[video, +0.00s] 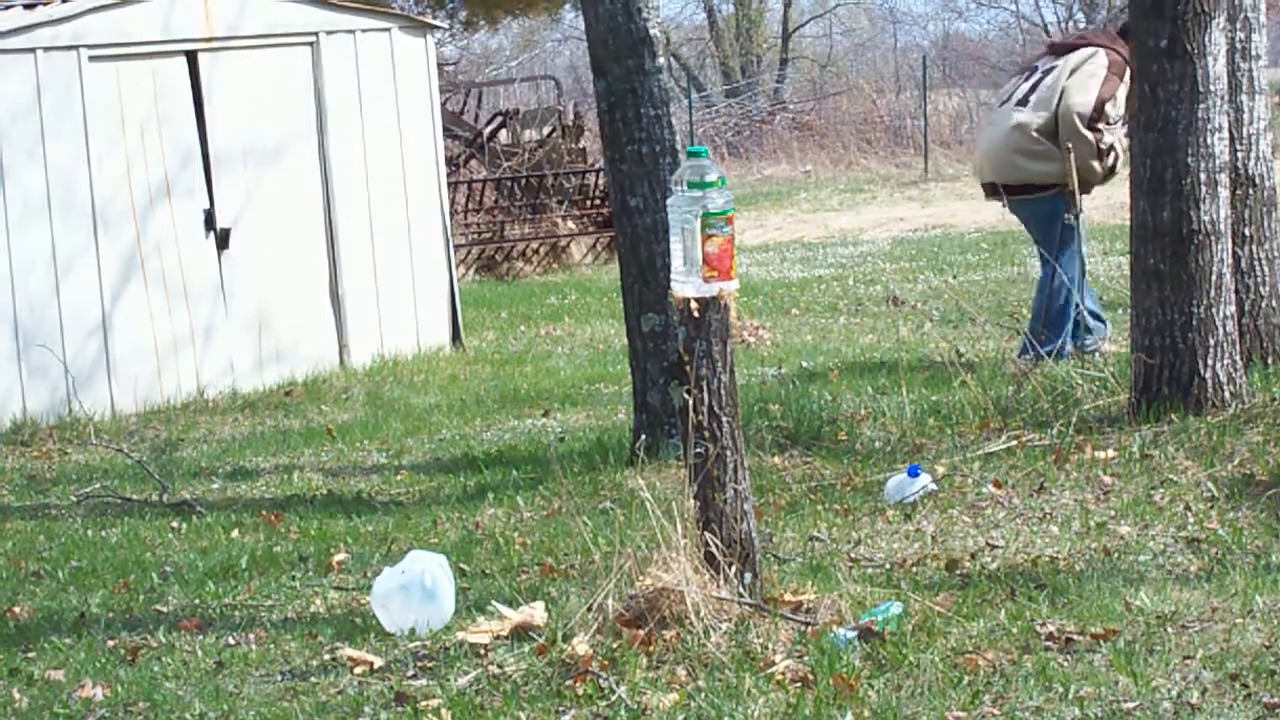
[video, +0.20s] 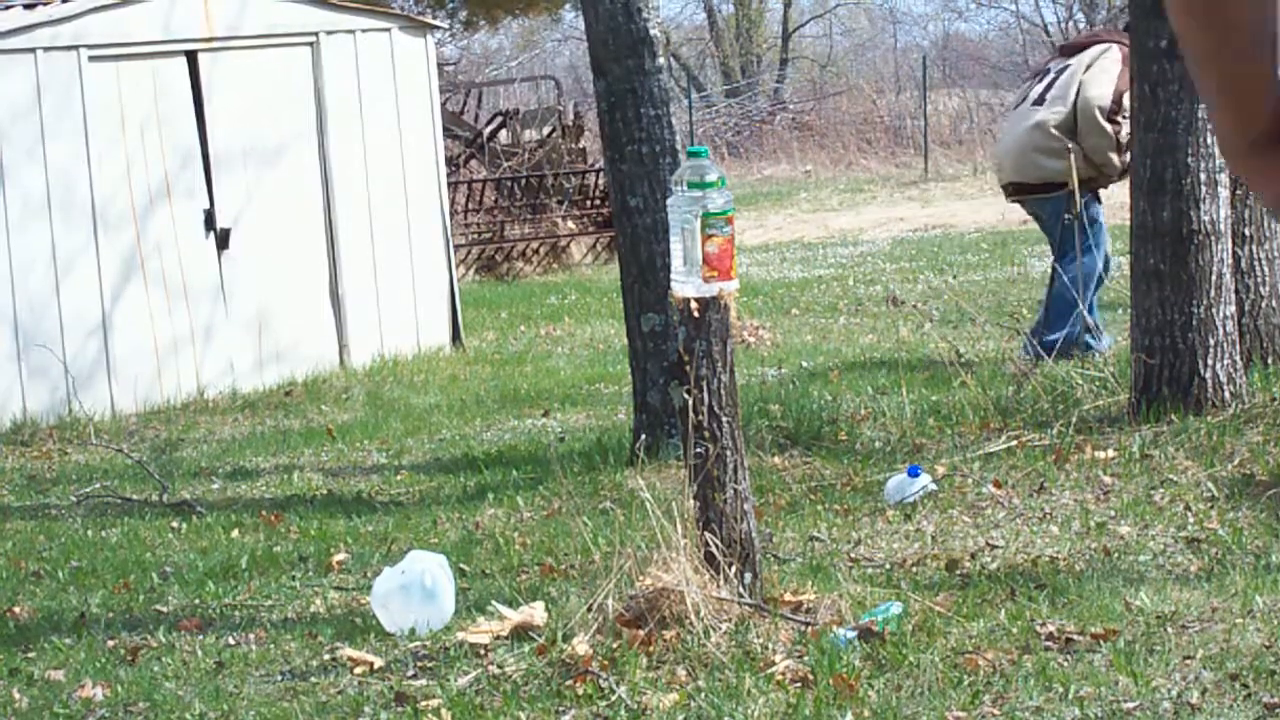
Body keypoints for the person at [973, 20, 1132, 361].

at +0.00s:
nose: (1144, 64)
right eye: (1147, 57)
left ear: (1118, 32)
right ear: (1136, 46)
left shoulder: (1070, 51)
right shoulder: (1109, 57)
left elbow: (1009, 101)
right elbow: (1077, 109)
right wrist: (1094, 170)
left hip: (997, 159)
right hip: (1034, 161)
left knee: (1063, 251)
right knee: (1063, 257)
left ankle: (1088, 335)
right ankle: (1041, 354)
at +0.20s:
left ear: (1122, 30)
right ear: (1142, 44)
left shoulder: (1074, 54)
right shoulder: (1116, 52)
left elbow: (1025, 107)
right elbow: (1093, 105)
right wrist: (1112, 165)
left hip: (1014, 161)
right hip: (1049, 161)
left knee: (1094, 260)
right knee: (1086, 256)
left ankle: (1084, 342)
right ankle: (1048, 346)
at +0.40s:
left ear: (1081, 38)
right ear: (1112, 38)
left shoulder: (1056, 66)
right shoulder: (1110, 61)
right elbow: (1117, 118)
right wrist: (1131, 161)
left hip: (1023, 165)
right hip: (1072, 159)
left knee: (1072, 241)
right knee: (1125, 230)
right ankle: (1084, 320)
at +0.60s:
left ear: (1104, 39)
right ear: (1138, 38)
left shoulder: (1067, 64)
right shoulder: (1132, 54)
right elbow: (1133, 118)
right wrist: (1145, 166)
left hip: (1039, 168)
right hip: (1096, 159)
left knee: (1075, 243)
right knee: (1140, 237)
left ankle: (1081, 345)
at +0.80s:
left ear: (1094, 52)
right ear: (1136, 46)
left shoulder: (1067, 81)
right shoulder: (1139, 66)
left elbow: (1041, 134)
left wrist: (1058, 181)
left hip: (1069, 174)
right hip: (1120, 170)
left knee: (1088, 260)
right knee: (1146, 261)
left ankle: (1082, 346)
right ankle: (1156, 346)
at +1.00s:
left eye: (1106, 51)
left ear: (1106, 53)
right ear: (1138, 49)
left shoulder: (1086, 82)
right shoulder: (1151, 74)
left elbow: (1059, 139)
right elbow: (1167, 127)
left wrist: (1075, 175)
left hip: (1095, 177)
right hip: (1143, 176)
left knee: (1104, 254)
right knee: (1155, 257)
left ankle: (1094, 342)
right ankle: (1160, 343)